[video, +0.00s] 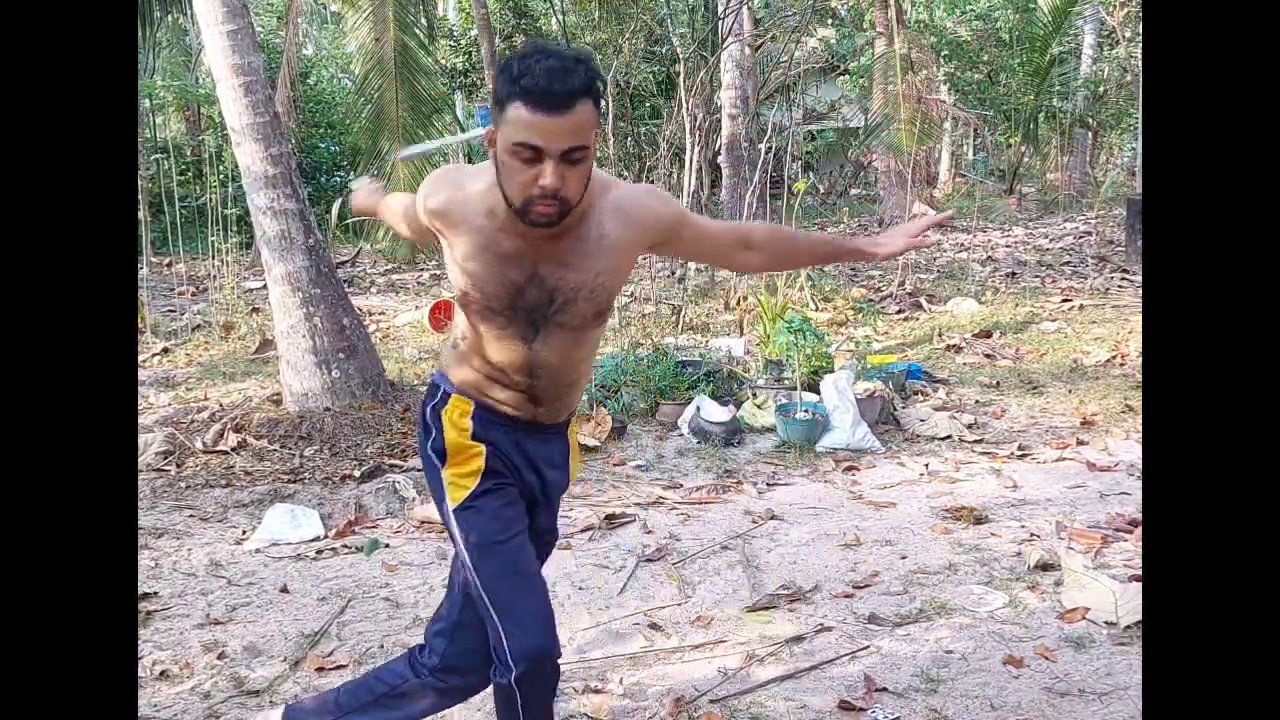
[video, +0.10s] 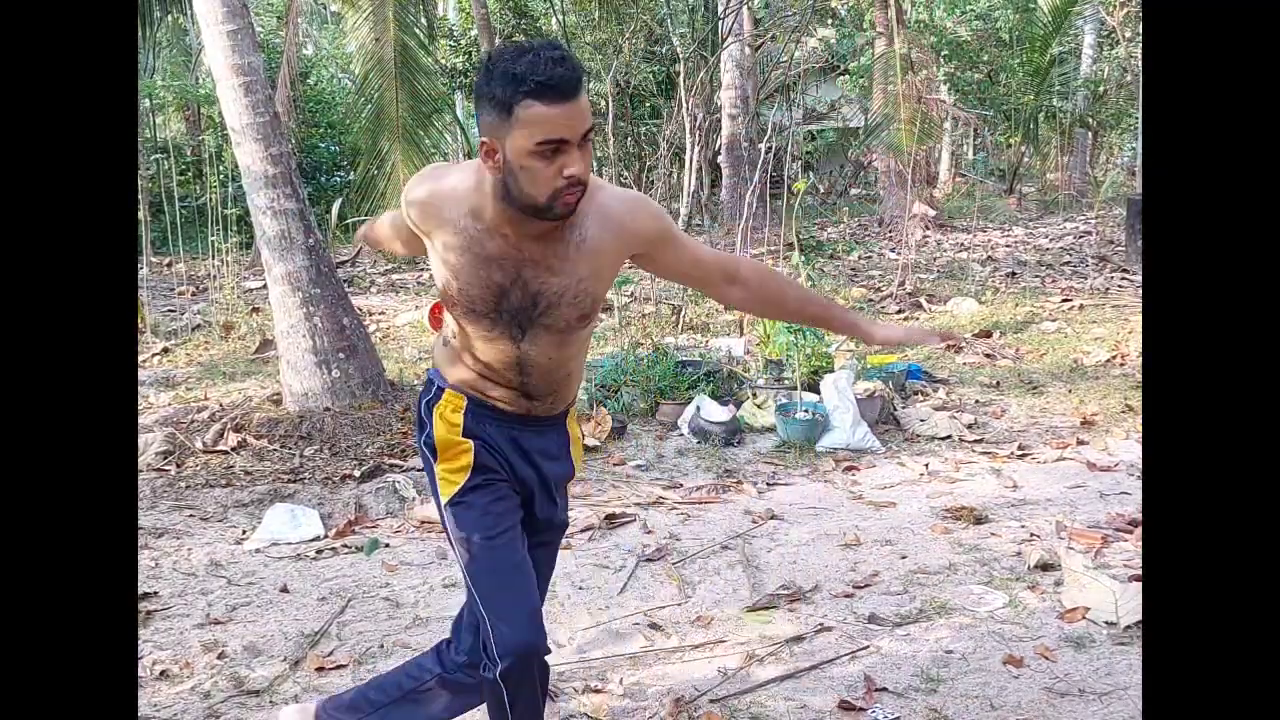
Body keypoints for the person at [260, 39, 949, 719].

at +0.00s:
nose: (550, 182)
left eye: (574, 157)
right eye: (527, 156)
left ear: (599, 143)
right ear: (492, 141)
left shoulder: (636, 215)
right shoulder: (453, 200)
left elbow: (750, 246)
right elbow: (392, 209)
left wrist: (866, 246)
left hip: (549, 445)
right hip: (464, 428)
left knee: (452, 660)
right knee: (530, 660)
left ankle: (313, 714)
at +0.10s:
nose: (575, 167)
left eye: (583, 142)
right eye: (548, 151)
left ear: (590, 128)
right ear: (491, 147)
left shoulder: (622, 220)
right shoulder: (440, 198)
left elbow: (736, 280)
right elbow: (391, 235)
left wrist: (862, 327)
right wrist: (369, 235)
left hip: (549, 442)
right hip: (463, 425)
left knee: (482, 658)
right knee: (520, 651)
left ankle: (335, 716)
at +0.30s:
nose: (610, 157)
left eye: (613, 134)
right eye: (589, 142)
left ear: (615, 122)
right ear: (525, 148)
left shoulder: (629, 210)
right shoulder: (442, 207)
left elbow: (724, 328)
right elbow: (350, 286)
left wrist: (628, 426)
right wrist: (271, 333)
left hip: (588, 410)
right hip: (489, 416)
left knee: (690, 598)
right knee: (520, 631)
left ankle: (550, 652)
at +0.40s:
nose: (631, 164)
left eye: (633, 143)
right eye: (610, 150)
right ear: (546, 153)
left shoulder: (643, 224)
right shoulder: (463, 208)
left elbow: (633, 383)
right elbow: (341, 302)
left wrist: (488, 403)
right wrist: (388, 220)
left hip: (621, 433)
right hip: (523, 440)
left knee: (736, 544)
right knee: (532, 621)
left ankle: (700, 625)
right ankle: (525, 715)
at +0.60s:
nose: (672, 164)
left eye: (672, 144)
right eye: (653, 152)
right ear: (596, 162)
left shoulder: (686, 213)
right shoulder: (529, 201)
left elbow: (677, 358)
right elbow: (375, 254)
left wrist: (554, 332)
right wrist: (480, 199)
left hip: (662, 404)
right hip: (578, 401)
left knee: (749, 525)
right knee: (594, 586)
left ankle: (719, 646)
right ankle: (554, 714)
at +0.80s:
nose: (699, 107)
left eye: (695, 94)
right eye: (688, 100)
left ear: (630, 116)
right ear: (640, 125)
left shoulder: (594, 134)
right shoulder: (627, 218)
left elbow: (677, 149)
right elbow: (750, 258)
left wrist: (725, 208)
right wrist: (794, 257)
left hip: (626, 373)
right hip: (637, 391)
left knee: (731, 494)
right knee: (649, 598)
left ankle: (721, 643)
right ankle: (558, 712)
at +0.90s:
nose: (709, 91)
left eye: (706, 76)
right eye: (702, 79)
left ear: (621, 94)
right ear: (664, 102)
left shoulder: (556, 155)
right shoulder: (709, 194)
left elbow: (621, 186)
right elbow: (787, 224)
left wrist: (686, 162)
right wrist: (764, 174)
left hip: (598, 382)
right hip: (664, 396)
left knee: (728, 493)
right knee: (657, 608)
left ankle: (718, 641)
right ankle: (562, 714)